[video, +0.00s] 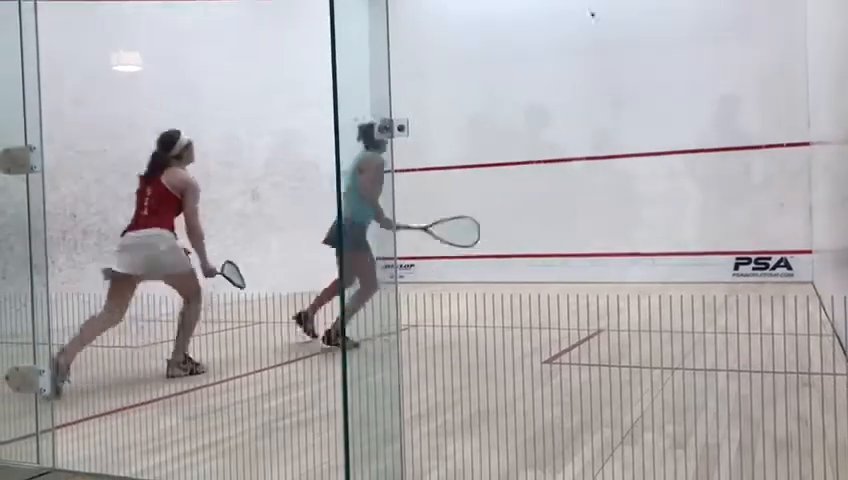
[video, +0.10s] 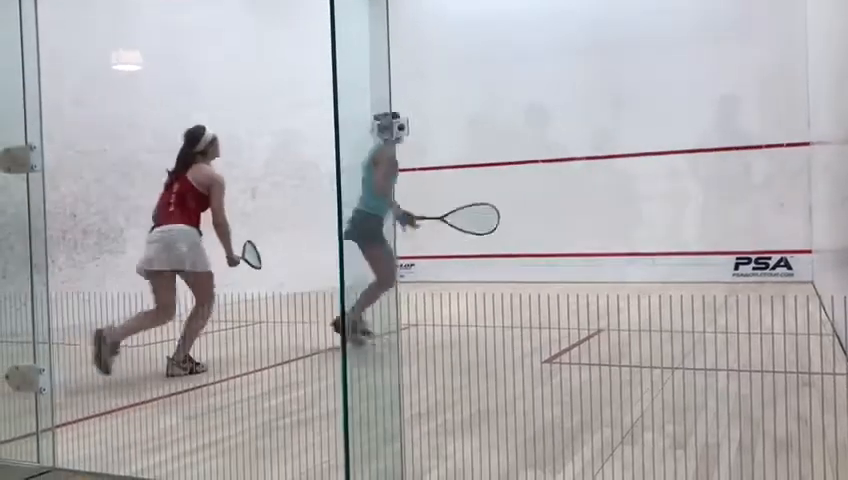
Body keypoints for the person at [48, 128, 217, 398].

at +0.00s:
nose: (193, 153)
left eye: (191, 148)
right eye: (190, 149)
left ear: (164, 153)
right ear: (182, 153)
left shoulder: (147, 178)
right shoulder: (185, 181)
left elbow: (149, 220)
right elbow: (193, 228)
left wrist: (174, 247)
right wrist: (205, 263)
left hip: (129, 247)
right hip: (160, 247)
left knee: (112, 313)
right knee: (193, 296)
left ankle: (64, 357)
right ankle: (178, 359)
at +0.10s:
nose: (218, 145)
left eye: (216, 141)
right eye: (215, 142)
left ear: (193, 150)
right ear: (208, 148)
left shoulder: (176, 175)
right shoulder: (212, 177)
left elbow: (160, 212)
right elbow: (219, 221)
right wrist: (230, 253)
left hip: (156, 239)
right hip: (184, 238)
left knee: (164, 311)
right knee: (205, 299)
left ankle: (112, 336)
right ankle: (180, 358)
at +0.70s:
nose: (318, 120)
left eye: (316, 116)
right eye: (313, 118)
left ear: (294, 126)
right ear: (303, 125)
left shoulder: (284, 149)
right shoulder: (320, 150)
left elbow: (267, 183)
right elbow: (327, 189)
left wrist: (281, 201)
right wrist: (340, 214)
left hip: (287, 213)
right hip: (311, 213)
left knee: (297, 270)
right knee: (335, 266)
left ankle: (274, 320)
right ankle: (316, 316)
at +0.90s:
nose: (362, 155)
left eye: (360, 151)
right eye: (359, 152)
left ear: (339, 155)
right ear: (354, 155)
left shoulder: (327, 176)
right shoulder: (358, 180)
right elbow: (365, 221)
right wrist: (383, 248)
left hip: (316, 239)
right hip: (342, 240)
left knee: (308, 291)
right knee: (379, 268)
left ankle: (277, 333)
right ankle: (388, 321)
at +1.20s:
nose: (462, 140)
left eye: (461, 137)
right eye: (460, 137)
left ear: (442, 139)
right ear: (454, 140)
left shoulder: (429, 160)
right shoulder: (455, 167)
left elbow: (411, 191)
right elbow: (453, 206)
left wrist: (422, 211)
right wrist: (464, 232)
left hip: (414, 214)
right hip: (431, 218)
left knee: (420, 270)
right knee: (430, 275)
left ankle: (389, 304)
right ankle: (404, 315)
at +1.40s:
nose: (512, 136)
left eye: (511, 133)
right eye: (510, 134)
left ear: (492, 137)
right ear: (504, 137)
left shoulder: (479, 158)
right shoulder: (511, 162)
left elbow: (459, 184)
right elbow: (512, 196)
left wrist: (467, 210)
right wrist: (518, 225)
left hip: (476, 213)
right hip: (494, 213)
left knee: (497, 262)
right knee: (481, 260)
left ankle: (509, 308)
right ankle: (443, 289)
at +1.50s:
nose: (536, 147)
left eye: (536, 143)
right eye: (535, 143)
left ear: (517, 146)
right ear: (529, 146)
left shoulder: (507, 166)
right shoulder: (535, 168)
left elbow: (490, 196)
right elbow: (536, 204)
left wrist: (498, 222)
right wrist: (545, 230)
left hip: (506, 220)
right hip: (521, 221)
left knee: (529, 266)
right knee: (521, 273)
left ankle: (518, 310)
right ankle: (481, 287)